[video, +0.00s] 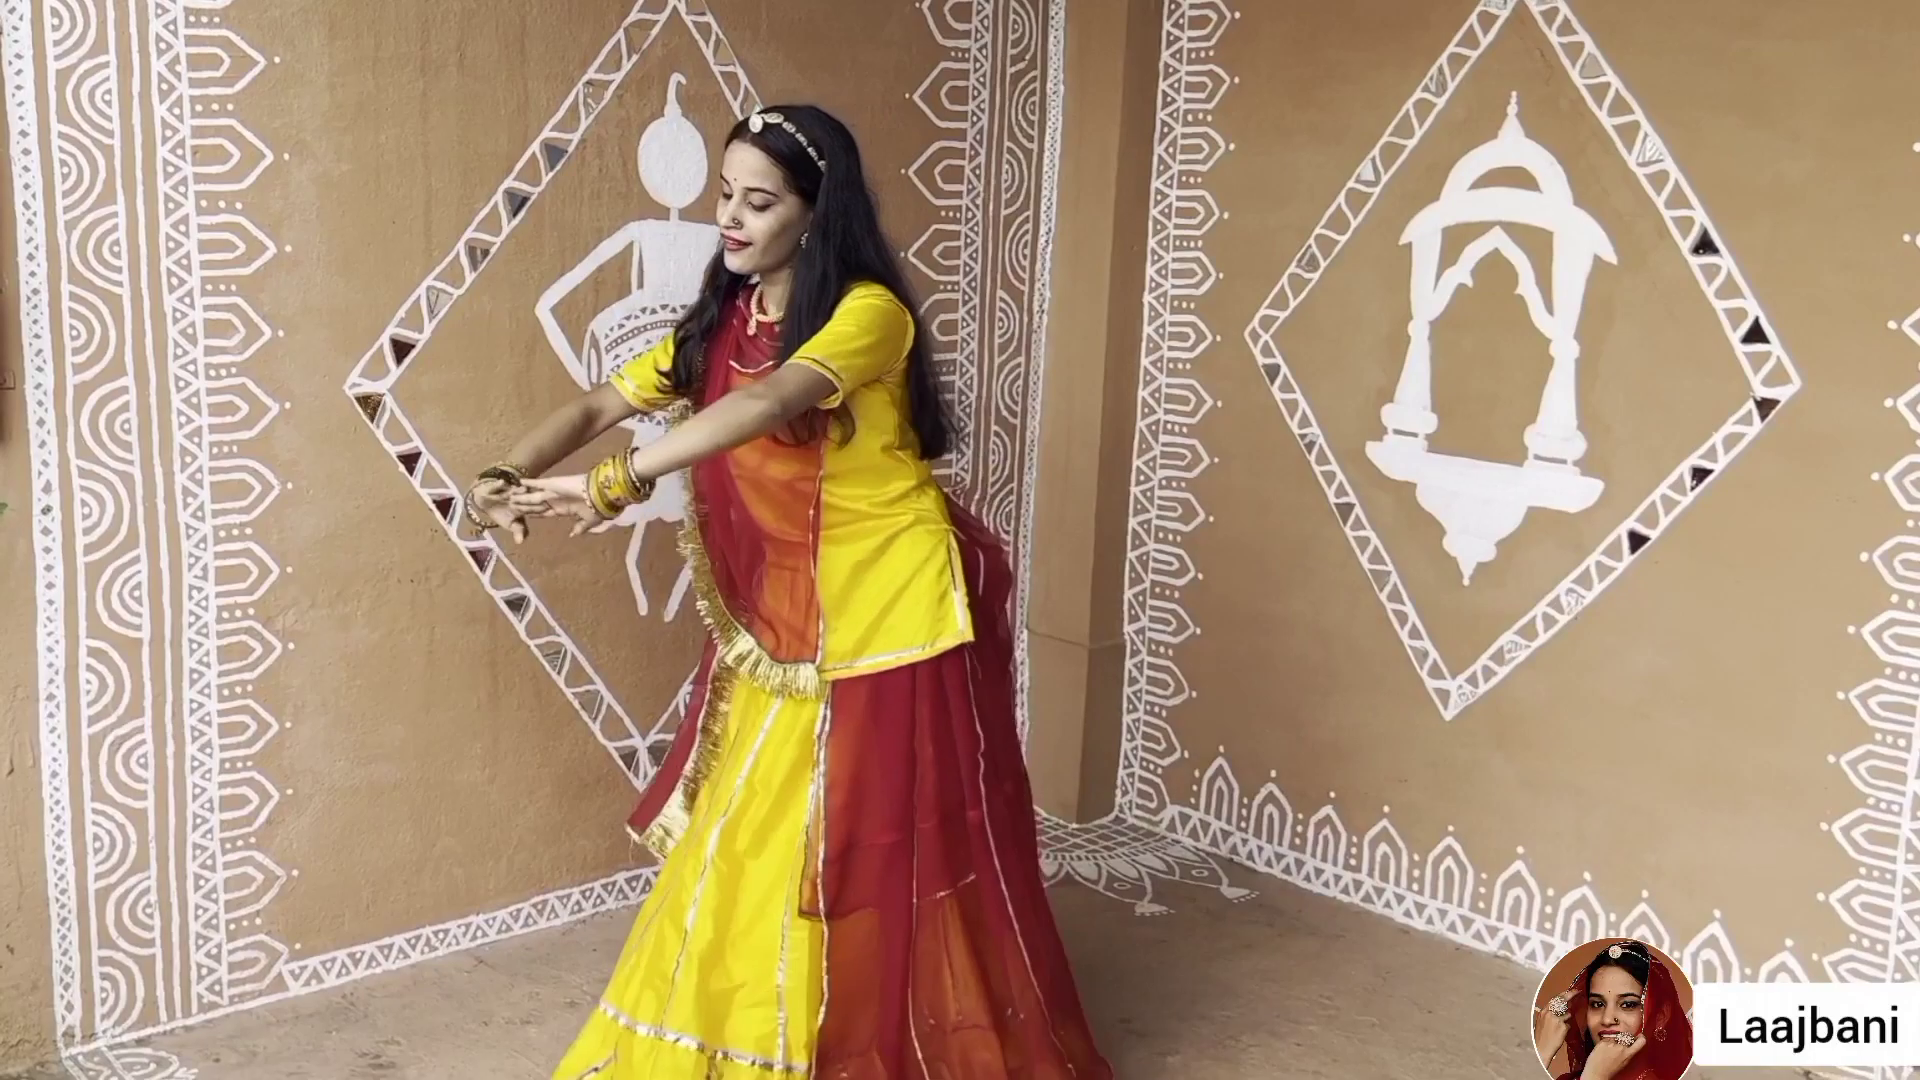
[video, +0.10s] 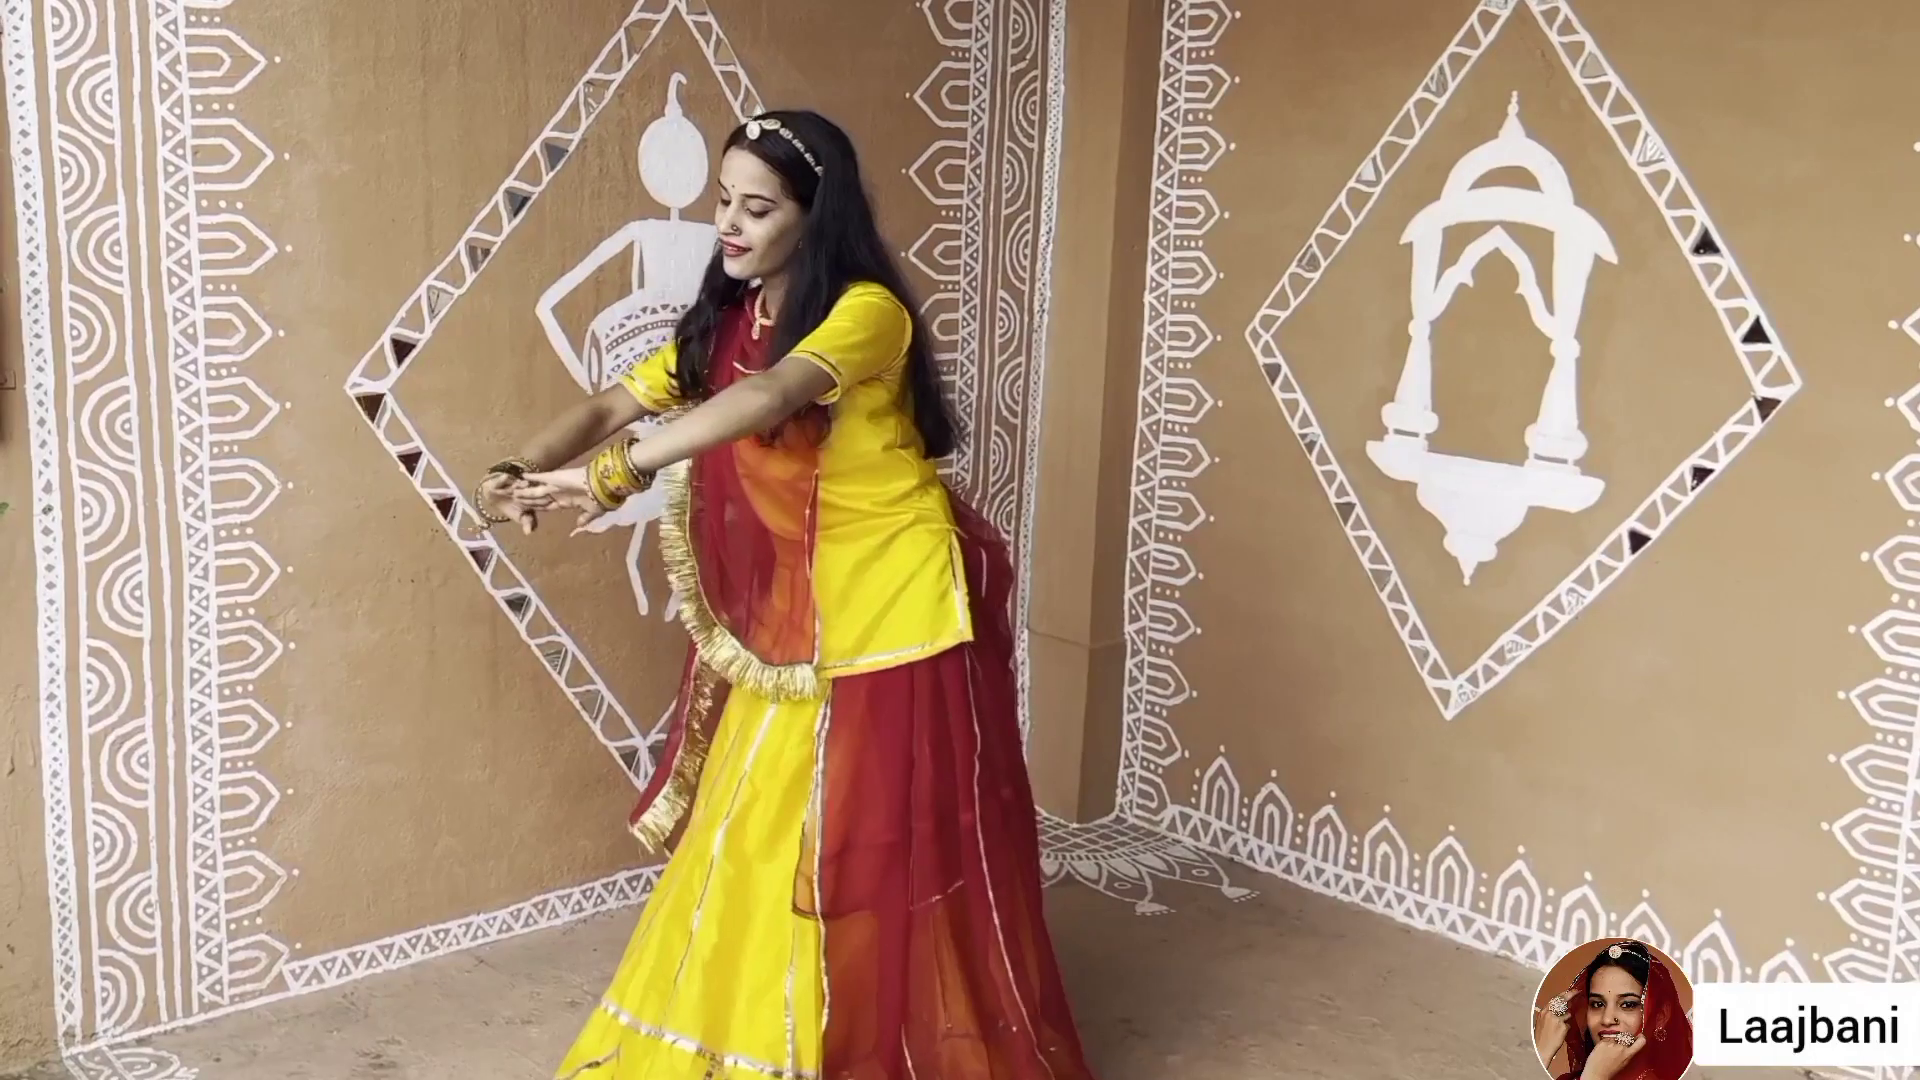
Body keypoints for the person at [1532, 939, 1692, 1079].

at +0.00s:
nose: (1608, 1019)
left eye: (1628, 1005)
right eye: (1597, 1004)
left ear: (1658, 1014)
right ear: (1586, 1010)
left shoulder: (1664, 1075)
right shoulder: (1569, 1077)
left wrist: (1595, 1075)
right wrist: (1539, 1055)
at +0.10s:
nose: (1608, 1019)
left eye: (1627, 1005)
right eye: (1597, 1004)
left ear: (1659, 1014)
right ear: (1586, 1010)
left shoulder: (1661, 1076)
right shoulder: (1570, 1078)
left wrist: (1595, 1076)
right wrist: (1540, 1054)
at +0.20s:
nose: (1608, 1019)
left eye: (1627, 1005)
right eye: (1597, 1004)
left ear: (1658, 1014)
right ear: (1586, 1010)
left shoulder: (1662, 1076)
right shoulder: (1570, 1078)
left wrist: (1595, 1076)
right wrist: (1540, 1054)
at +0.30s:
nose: (1608, 1019)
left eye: (1628, 1005)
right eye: (1597, 1004)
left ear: (1658, 1014)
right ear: (1586, 1010)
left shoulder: (1666, 1075)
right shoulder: (1569, 1077)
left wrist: (1596, 1075)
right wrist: (1539, 1055)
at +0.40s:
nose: (1608, 1019)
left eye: (1627, 1005)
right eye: (1597, 1004)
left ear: (1658, 1014)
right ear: (1586, 1010)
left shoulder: (1662, 1076)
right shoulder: (1569, 1078)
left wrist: (1595, 1076)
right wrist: (1540, 1054)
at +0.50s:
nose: (1608, 1019)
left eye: (1628, 1005)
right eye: (1597, 1004)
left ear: (1658, 1013)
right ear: (1586, 1011)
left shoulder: (1665, 1075)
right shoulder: (1569, 1077)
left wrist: (1596, 1075)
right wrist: (1540, 1055)